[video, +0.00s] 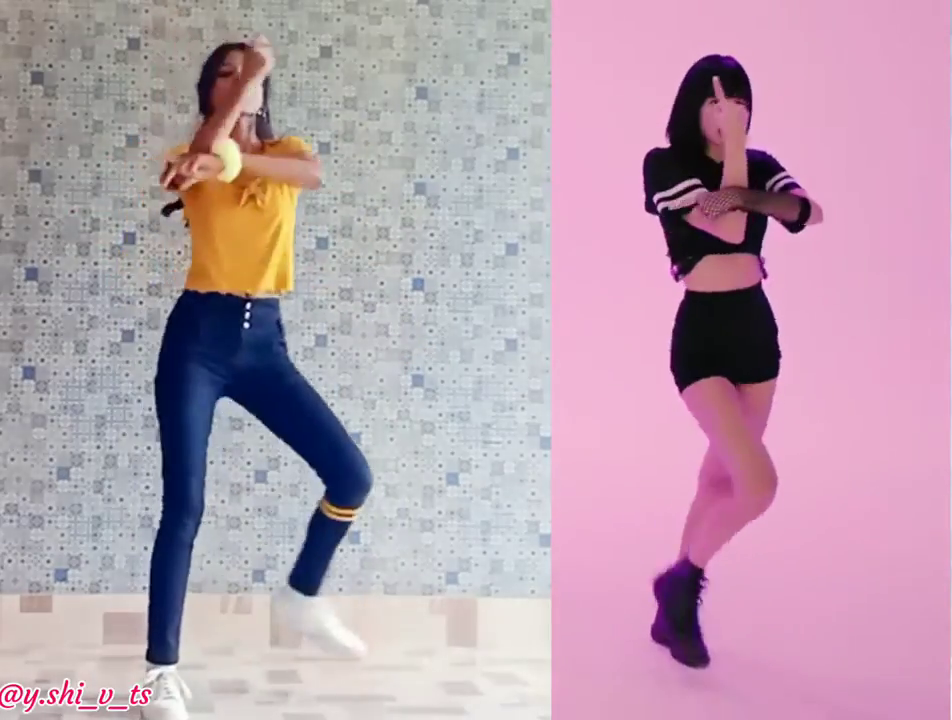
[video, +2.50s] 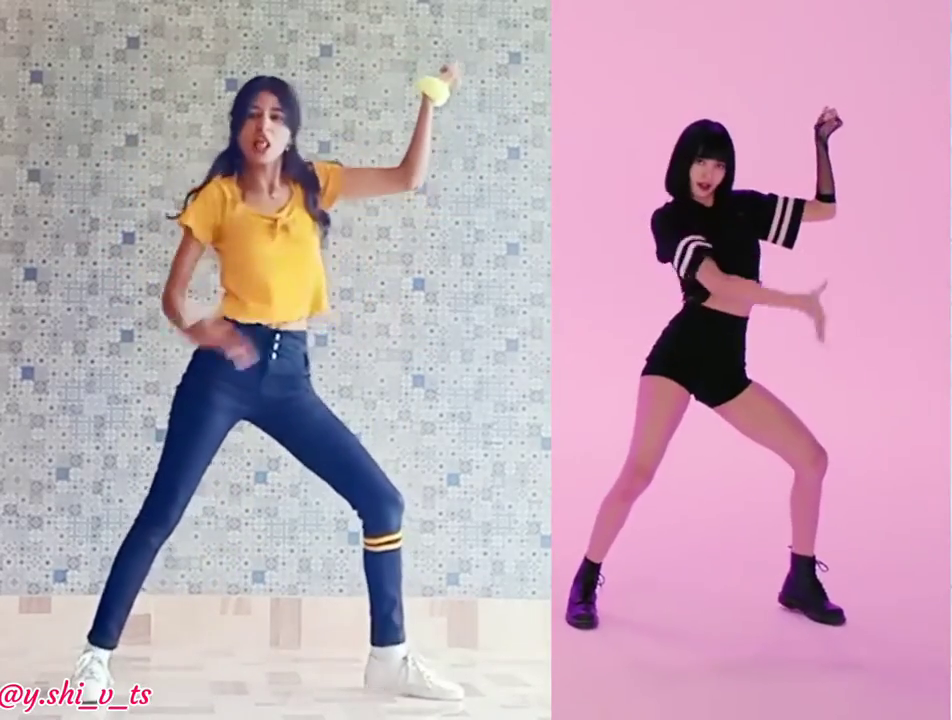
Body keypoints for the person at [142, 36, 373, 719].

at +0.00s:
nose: (248, 87)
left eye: (257, 79)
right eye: (233, 75)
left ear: (267, 94)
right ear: (211, 92)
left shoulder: (285, 149)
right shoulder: (191, 158)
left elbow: (310, 172)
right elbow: (211, 151)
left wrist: (234, 162)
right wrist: (250, 74)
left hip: (265, 348)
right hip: (197, 345)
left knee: (351, 478)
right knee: (185, 503)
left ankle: (299, 599)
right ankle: (162, 671)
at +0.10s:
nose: (259, 78)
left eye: (271, 70)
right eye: (244, 69)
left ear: (288, 90)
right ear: (224, 89)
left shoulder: (302, 151)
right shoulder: (205, 151)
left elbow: (340, 168)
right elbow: (223, 164)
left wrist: (294, 121)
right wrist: (296, 113)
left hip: (298, 341)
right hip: (226, 341)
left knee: (370, 487)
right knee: (202, 506)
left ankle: (387, 622)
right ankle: (165, 670)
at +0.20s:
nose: (284, 99)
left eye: (295, 92)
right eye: (271, 92)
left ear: (311, 109)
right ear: (251, 108)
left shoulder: (325, 174)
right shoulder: (229, 164)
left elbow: (361, 181)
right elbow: (256, 185)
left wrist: (363, 99)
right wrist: (332, 166)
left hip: (330, 349)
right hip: (261, 353)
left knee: (377, 503)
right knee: (230, 516)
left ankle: (415, 645)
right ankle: (169, 671)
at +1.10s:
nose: (298, 110)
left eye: (306, 99)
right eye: (283, 108)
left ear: (327, 112)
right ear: (272, 129)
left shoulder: (360, 186)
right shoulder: (263, 174)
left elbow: (448, 186)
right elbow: (281, 214)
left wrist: (437, 116)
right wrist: (352, 170)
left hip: (326, 360)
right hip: (256, 352)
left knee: (366, 508)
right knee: (202, 503)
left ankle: (407, 654)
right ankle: (142, 654)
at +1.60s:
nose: (298, 129)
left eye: (309, 120)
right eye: (286, 119)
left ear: (326, 135)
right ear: (269, 135)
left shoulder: (346, 198)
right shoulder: (248, 194)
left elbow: (436, 205)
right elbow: (214, 271)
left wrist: (453, 134)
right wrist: (297, 238)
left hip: (296, 385)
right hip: (230, 373)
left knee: (394, 504)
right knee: (164, 515)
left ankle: (392, 653)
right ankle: (96, 660)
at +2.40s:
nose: (277, 127)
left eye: (288, 118)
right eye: (264, 117)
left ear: (302, 132)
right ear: (247, 131)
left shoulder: (321, 188)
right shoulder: (233, 195)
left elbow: (412, 185)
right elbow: (213, 290)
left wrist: (425, 108)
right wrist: (295, 257)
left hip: (291, 382)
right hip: (226, 373)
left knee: (385, 505)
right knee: (162, 520)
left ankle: (389, 660)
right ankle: (95, 662)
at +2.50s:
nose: (261, 127)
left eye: (274, 117)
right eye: (250, 116)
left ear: (291, 129)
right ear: (236, 126)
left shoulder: (315, 184)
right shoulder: (217, 196)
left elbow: (408, 176)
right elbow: (174, 292)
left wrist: (428, 102)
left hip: (289, 377)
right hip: (223, 370)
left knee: (382, 502)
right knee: (160, 517)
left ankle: (390, 658)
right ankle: (95, 661)